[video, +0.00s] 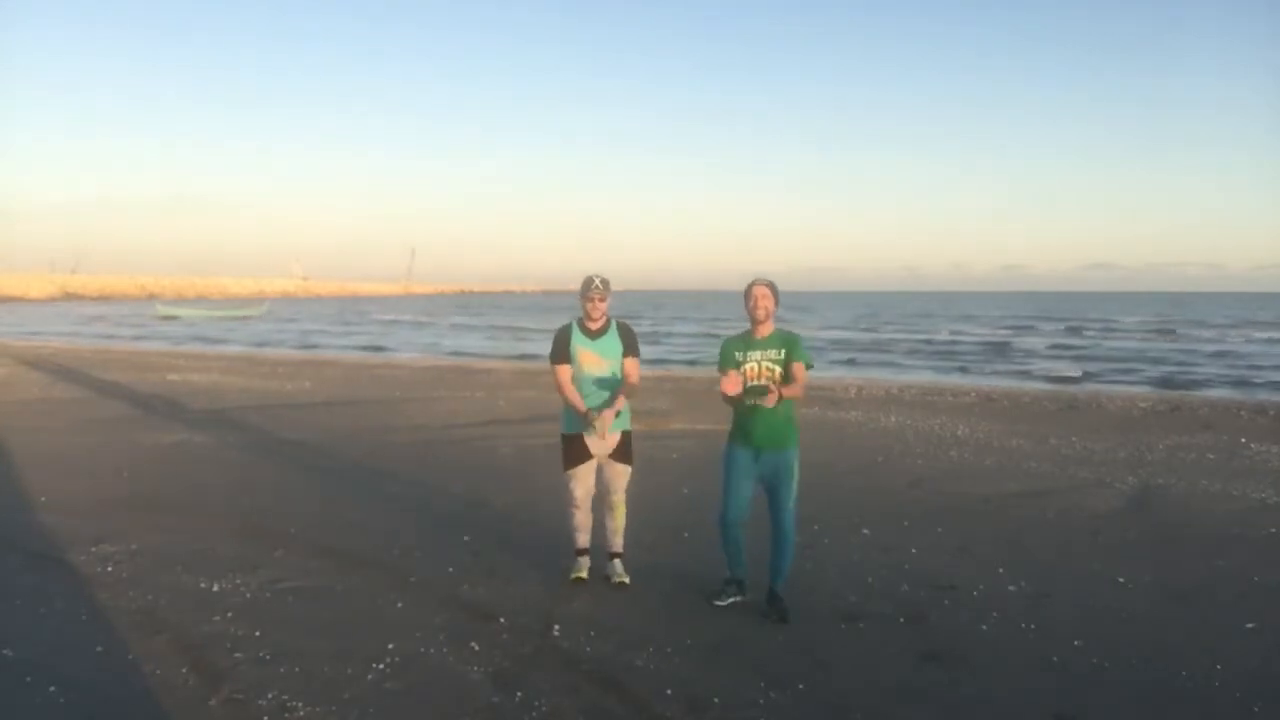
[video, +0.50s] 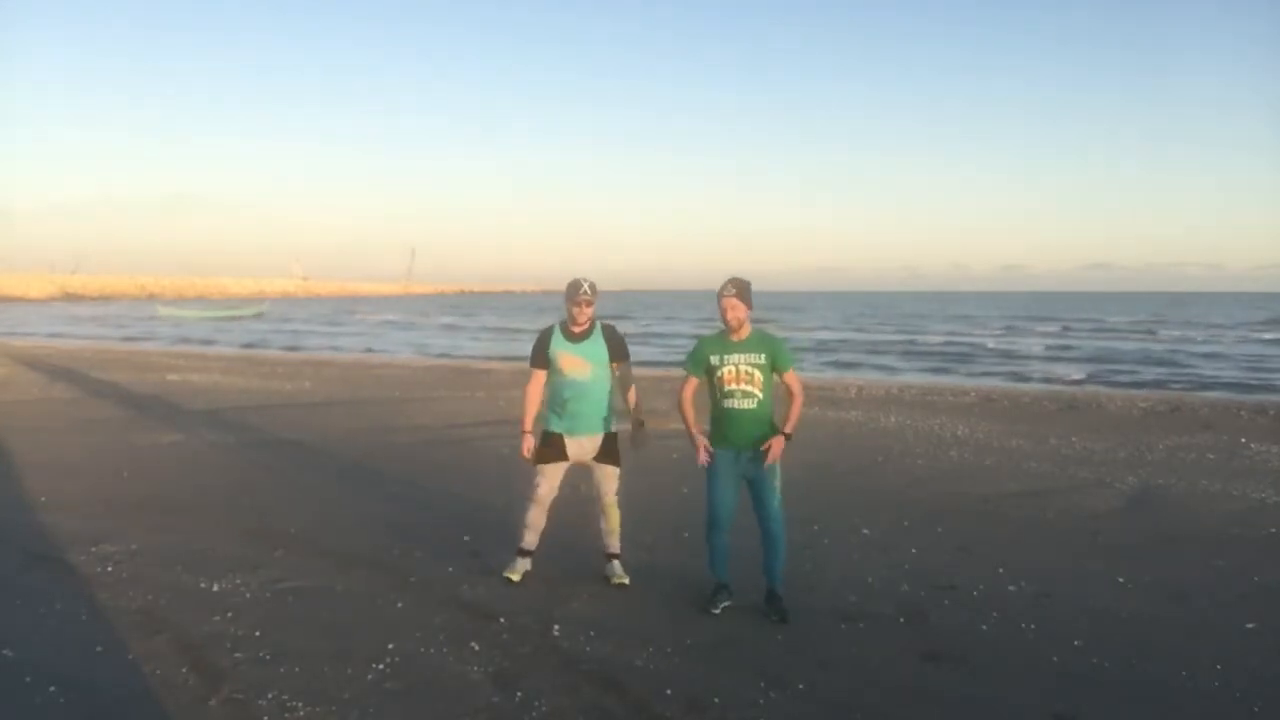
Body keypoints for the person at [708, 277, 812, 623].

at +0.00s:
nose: (758, 304)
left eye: (765, 298)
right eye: (753, 298)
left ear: (775, 305)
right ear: (745, 305)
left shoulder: (790, 343)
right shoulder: (732, 346)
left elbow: (801, 387)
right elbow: (729, 394)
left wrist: (779, 392)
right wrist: (732, 389)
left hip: (781, 443)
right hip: (743, 442)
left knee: (784, 522)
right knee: (731, 516)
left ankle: (776, 592)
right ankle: (735, 582)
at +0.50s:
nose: (727, 315)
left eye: (733, 308)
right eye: (723, 308)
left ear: (748, 309)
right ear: (719, 311)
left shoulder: (770, 345)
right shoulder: (707, 348)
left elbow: (796, 392)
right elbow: (686, 393)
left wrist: (784, 435)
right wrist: (695, 434)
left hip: (764, 449)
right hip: (722, 450)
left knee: (772, 523)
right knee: (718, 521)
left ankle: (774, 592)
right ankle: (720, 587)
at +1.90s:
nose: (723, 334)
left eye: (729, 327)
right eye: (717, 328)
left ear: (741, 329)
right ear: (710, 330)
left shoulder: (762, 369)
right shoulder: (693, 367)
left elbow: (782, 421)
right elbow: (665, 402)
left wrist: (773, 420)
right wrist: (655, 408)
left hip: (746, 475)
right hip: (700, 472)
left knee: (769, 543)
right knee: (667, 539)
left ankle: (782, 602)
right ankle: (634, 614)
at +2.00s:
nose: (711, 334)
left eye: (718, 326)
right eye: (705, 326)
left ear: (730, 327)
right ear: (697, 327)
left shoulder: (748, 366)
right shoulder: (679, 360)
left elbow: (766, 413)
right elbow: (650, 392)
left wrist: (760, 427)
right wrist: (639, 411)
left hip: (730, 475)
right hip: (684, 471)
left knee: (758, 540)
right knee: (652, 543)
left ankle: (780, 598)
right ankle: (629, 620)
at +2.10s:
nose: (686, 327)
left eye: (693, 320)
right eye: (680, 320)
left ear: (705, 322)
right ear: (673, 322)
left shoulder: (720, 362)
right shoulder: (655, 356)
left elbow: (736, 417)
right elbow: (626, 397)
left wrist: (735, 463)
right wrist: (616, 434)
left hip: (699, 471)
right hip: (654, 467)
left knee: (722, 540)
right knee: (634, 540)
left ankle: (753, 595)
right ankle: (627, 621)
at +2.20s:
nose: (673, 330)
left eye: (680, 322)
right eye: (667, 322)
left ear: (692, 323)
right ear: (658, 323)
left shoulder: (707, 367)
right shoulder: (639, 360)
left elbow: (717, 424)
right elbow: (613, 408)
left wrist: (718, 480)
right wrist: (606, 455)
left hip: (686, 472)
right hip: (641, 468)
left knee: (693, 545)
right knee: (627, 543)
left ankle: (709, 603)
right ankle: (627, 620)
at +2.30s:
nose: (665, 325)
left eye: (671, 317)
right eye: (658, 317)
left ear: (683, 318)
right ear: (649, 318)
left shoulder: (700, 360)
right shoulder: (629, 355)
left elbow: (713, 419)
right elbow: (602, 402)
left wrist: (706, 473)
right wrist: (603, 452)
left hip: (680, 469)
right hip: (633, 465)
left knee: (678, 546)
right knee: (625, 542)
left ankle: (672, 613)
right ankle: (625, 620)